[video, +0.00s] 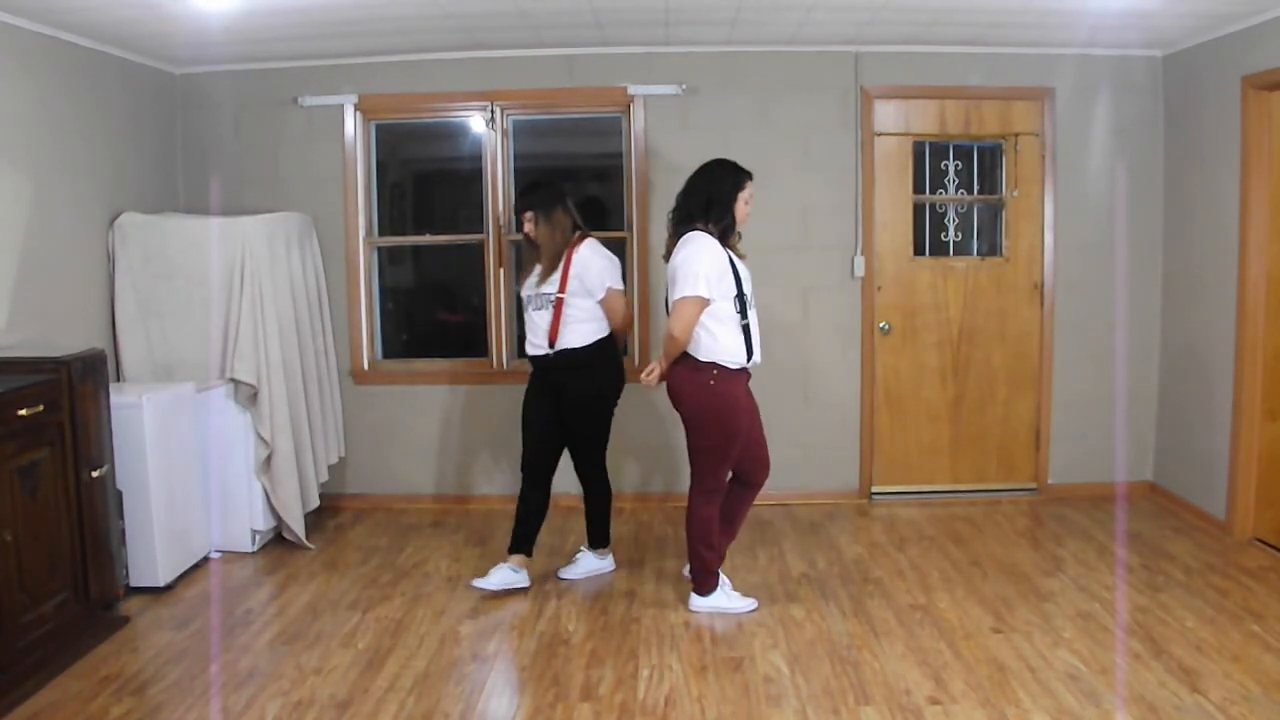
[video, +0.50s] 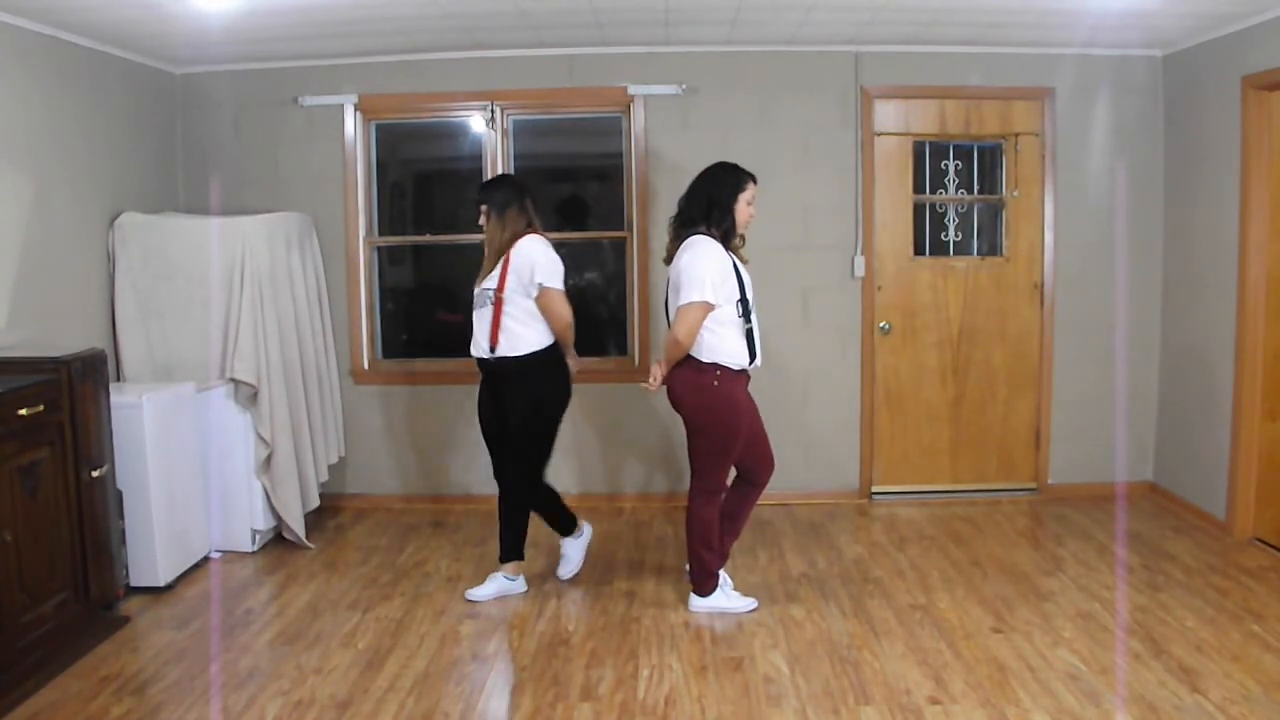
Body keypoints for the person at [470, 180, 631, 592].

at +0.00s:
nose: (526, 232)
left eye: (529, 222)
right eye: (523, 224)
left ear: (547, 217)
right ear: (548, 220)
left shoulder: (591, 255)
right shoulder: (542, 263)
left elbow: (620, 317)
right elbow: (547, 323)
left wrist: (601, 347)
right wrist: (586, 343)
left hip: (590, 371)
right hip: (547, 373)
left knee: (590, 464)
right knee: (536, 468)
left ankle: (599, 553)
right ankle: (517, 562)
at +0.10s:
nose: (514, 234)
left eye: (515, 224)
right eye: (510, 226)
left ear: (532, 218)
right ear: (537, 219)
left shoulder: (580, 256)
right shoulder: (531, 265)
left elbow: (613, 318)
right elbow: (537, 325)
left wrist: (596, 355)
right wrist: (569, 351)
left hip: (581, 373)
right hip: (539, 376)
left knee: (587, 465)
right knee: (533, 474)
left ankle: (599, 552)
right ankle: (515, 566)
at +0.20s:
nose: (503, 232)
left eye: (506, 221)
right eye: (501, 223)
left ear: (529, 218)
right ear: (522, 221)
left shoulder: (568, 254)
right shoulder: (517, 263)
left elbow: (601, 318)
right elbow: (522, 325)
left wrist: (584, 354)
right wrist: (558, 350)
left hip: (570, 374)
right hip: (525, 378)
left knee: (578, 466)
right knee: (526, 476)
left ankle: (598, 552)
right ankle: (513, 569)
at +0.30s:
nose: (494, 226)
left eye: (499, 217)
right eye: (493, 218)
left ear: (521, 215)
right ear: (517, 215)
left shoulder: (555, 252)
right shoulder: (510, 258)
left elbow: (587, 317)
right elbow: (514, 323)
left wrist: (577, 355)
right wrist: (555, 351)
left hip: (555, 376)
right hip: (513, 378)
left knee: (562, 468)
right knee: (519, 477)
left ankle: (594, 549)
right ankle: (512, 570)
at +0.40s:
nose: (486, 217)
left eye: (491, 209)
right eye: (486, 210)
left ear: (513, 209)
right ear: (515, 209)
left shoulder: (543, 249)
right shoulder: (503, 257)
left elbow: (573, 316)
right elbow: (511, 320)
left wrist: (573, 350)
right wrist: (558, 350)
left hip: (545, 374)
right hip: (503, 376)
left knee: (543, 471)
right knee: (512, 475)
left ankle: (583, 541)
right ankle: (512, 570)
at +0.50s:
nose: (481, 217)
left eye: (485, 209)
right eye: (481, 210)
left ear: (504, 210)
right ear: (512, 208)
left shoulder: (533, 248)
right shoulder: (497, 254)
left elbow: (560, 315)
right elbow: (508, 318)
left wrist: (568, 351)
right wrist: (560, 351)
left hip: (536, 373)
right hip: (498, 375)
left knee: (524, 476)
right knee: (508, 473)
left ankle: (575, 531)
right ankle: (512, 570)